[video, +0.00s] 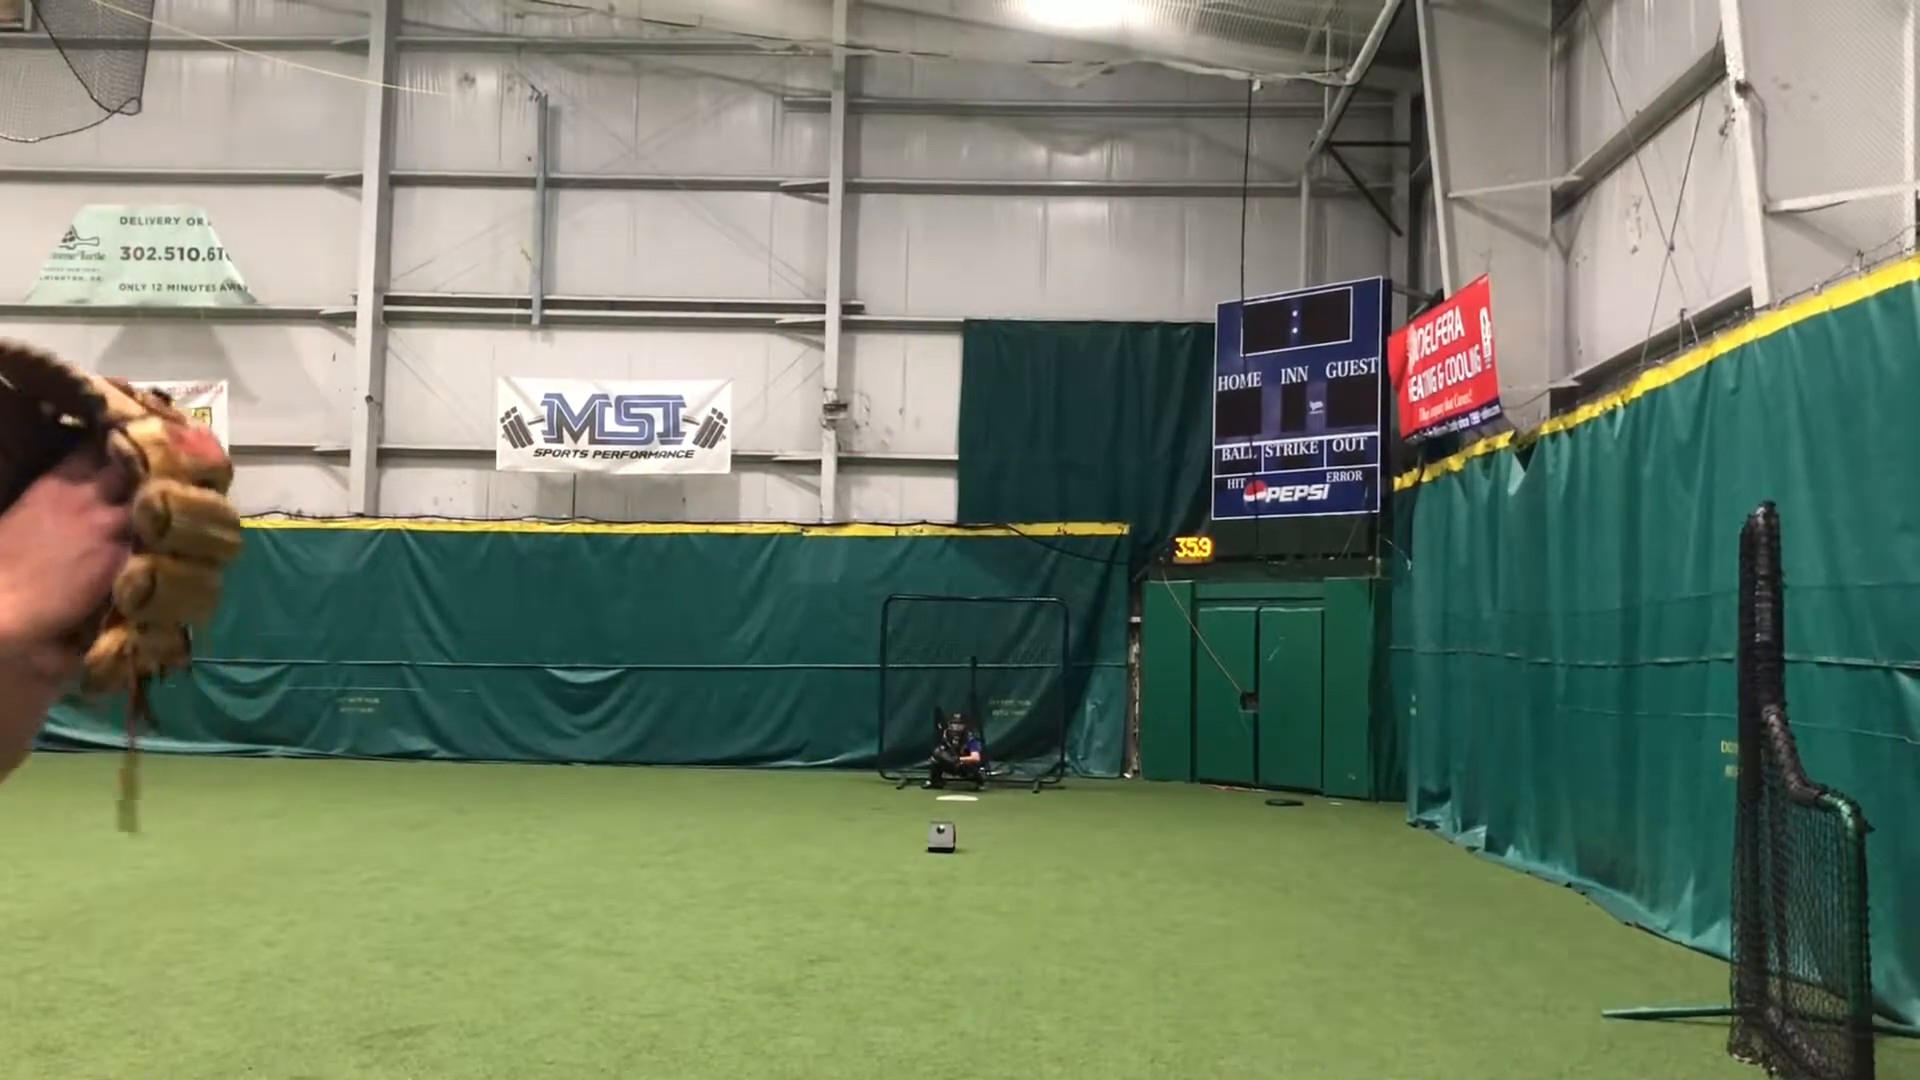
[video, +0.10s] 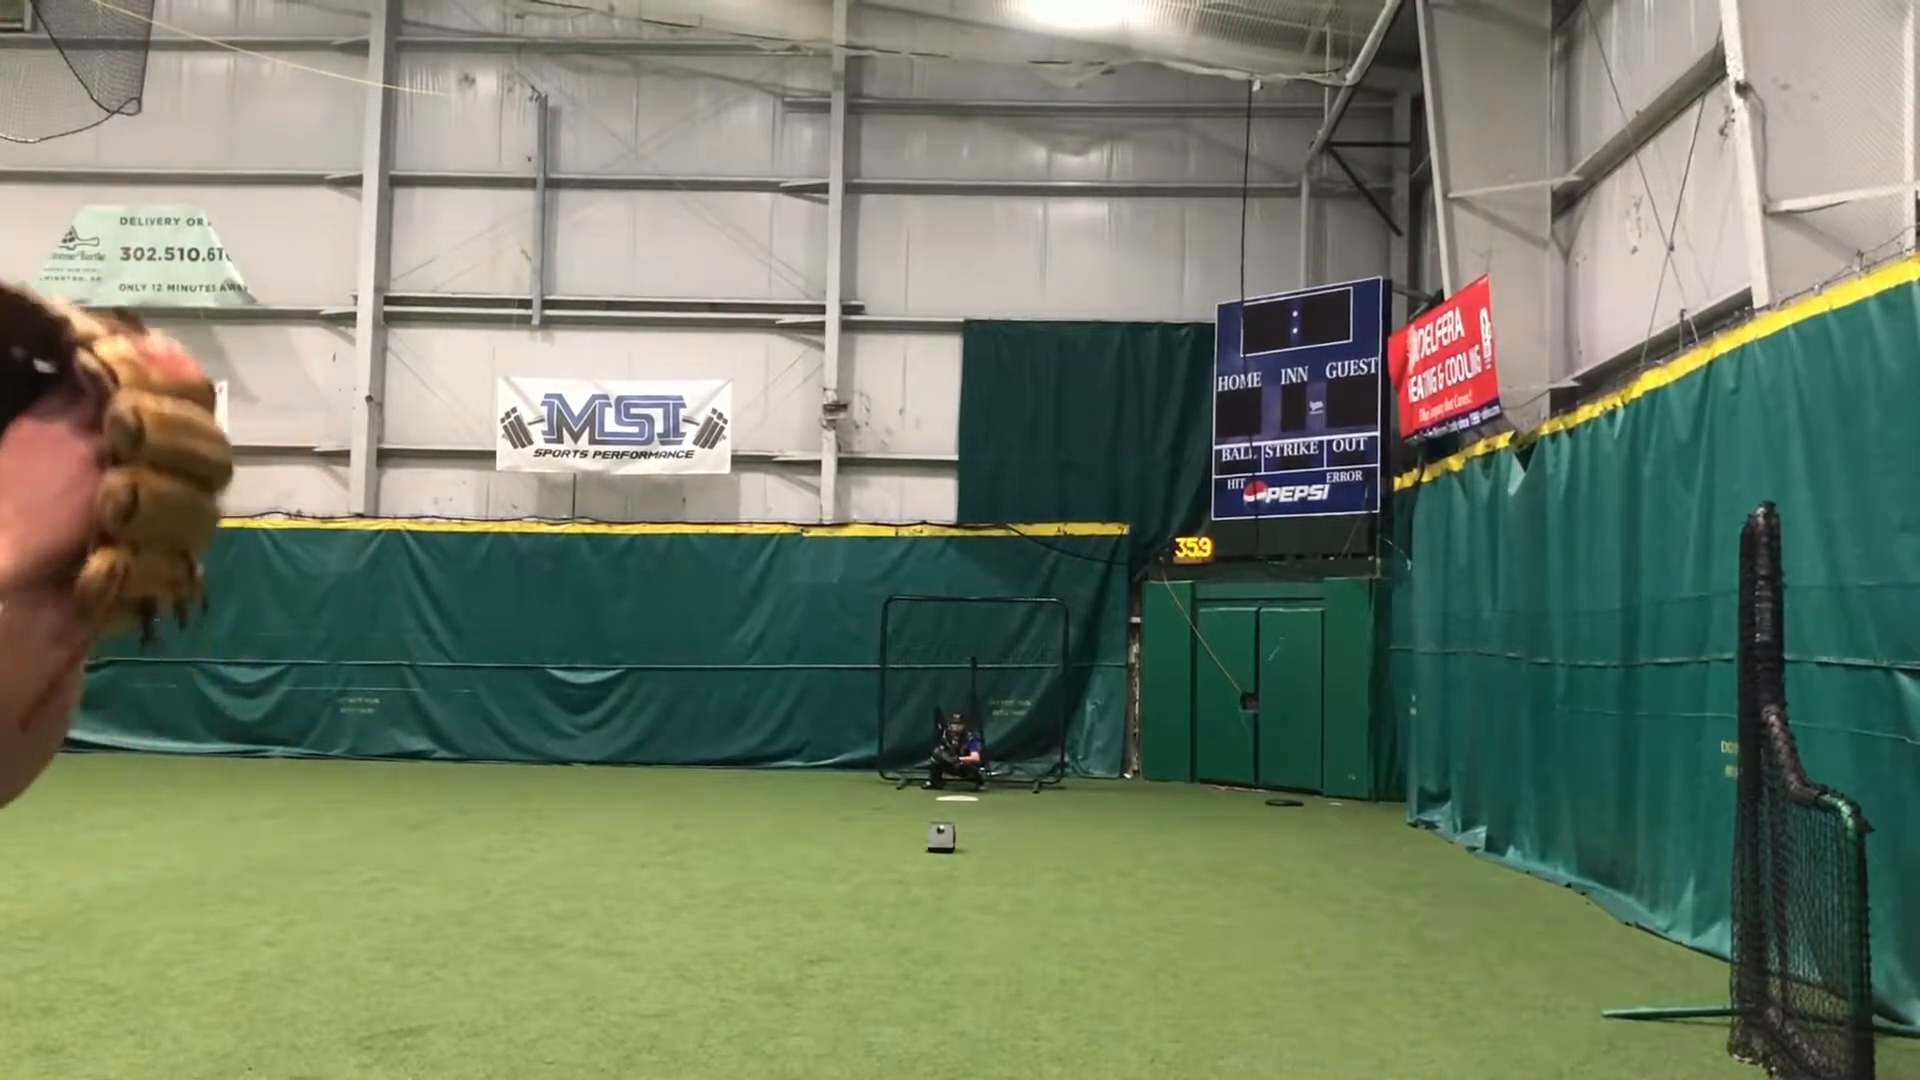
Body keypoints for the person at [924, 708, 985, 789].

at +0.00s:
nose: (955, 728)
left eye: (959, 724)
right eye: (953, 724)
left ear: (965, 726)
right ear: (949, 726)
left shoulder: (971, 740)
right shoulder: (947, 738)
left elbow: (976, 758)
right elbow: (938, 751)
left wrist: (959, 760)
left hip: (966, 767)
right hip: (950, 765)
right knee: (936, 760)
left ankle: (980, 782)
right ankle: (935, 781)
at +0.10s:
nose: (955, 728)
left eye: (958, 724)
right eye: (953, 724)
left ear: (964, 726)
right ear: (949, 726)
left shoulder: (971, 740)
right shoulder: (946, 738)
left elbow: (975, 758)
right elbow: (938, 751)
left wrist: (959, 759)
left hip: (966, 767)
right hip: (950, 765)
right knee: (935, 761)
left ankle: (980, 782)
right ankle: (935, 781)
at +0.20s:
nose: (955, 728)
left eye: (958, 725)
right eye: (952, 725)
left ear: (963, 727)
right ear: (948, 726)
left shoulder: (971, 741)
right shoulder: (944, 738)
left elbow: (975, 758)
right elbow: (936, 752)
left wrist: (958, 759)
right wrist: (946, 759)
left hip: (965, 766)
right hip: (948, 765)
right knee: (935, 764)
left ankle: (980, 783)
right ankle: (935, 781)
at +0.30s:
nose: (955, 728)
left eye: (958, 725)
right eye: (952, 725)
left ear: (963, 727)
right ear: (948, 726)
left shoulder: (970, 741)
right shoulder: (944, 738)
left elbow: (975, 758)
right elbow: (936, 751)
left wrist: (958, 759)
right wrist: (945, 758)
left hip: (963, 766)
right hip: (947, 764)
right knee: (935, 765)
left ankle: (979, 783)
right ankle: (935, 781)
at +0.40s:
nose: (955, 728)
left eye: (958, 725)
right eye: (952, 725)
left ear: (963, 727)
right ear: (948, 726)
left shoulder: (970, 742)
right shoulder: (944, 738)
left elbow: (975, 758)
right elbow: (936, 752)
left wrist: (958, 759)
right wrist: (945, 758)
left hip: (963, 766)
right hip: (947, 764)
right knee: (934, 765)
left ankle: (979, 782)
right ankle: (935, 781)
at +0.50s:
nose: (954, 728)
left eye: (957, 725)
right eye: (952, 725)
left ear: (963, 727)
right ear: (948, 726)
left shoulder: (970, 741)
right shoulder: (944, 738)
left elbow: (975, 759)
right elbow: (936, 752)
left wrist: (958, 758)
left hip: (964, 766)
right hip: (947, 764)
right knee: (934, 765)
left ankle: (978, 782)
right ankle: (935, 781)